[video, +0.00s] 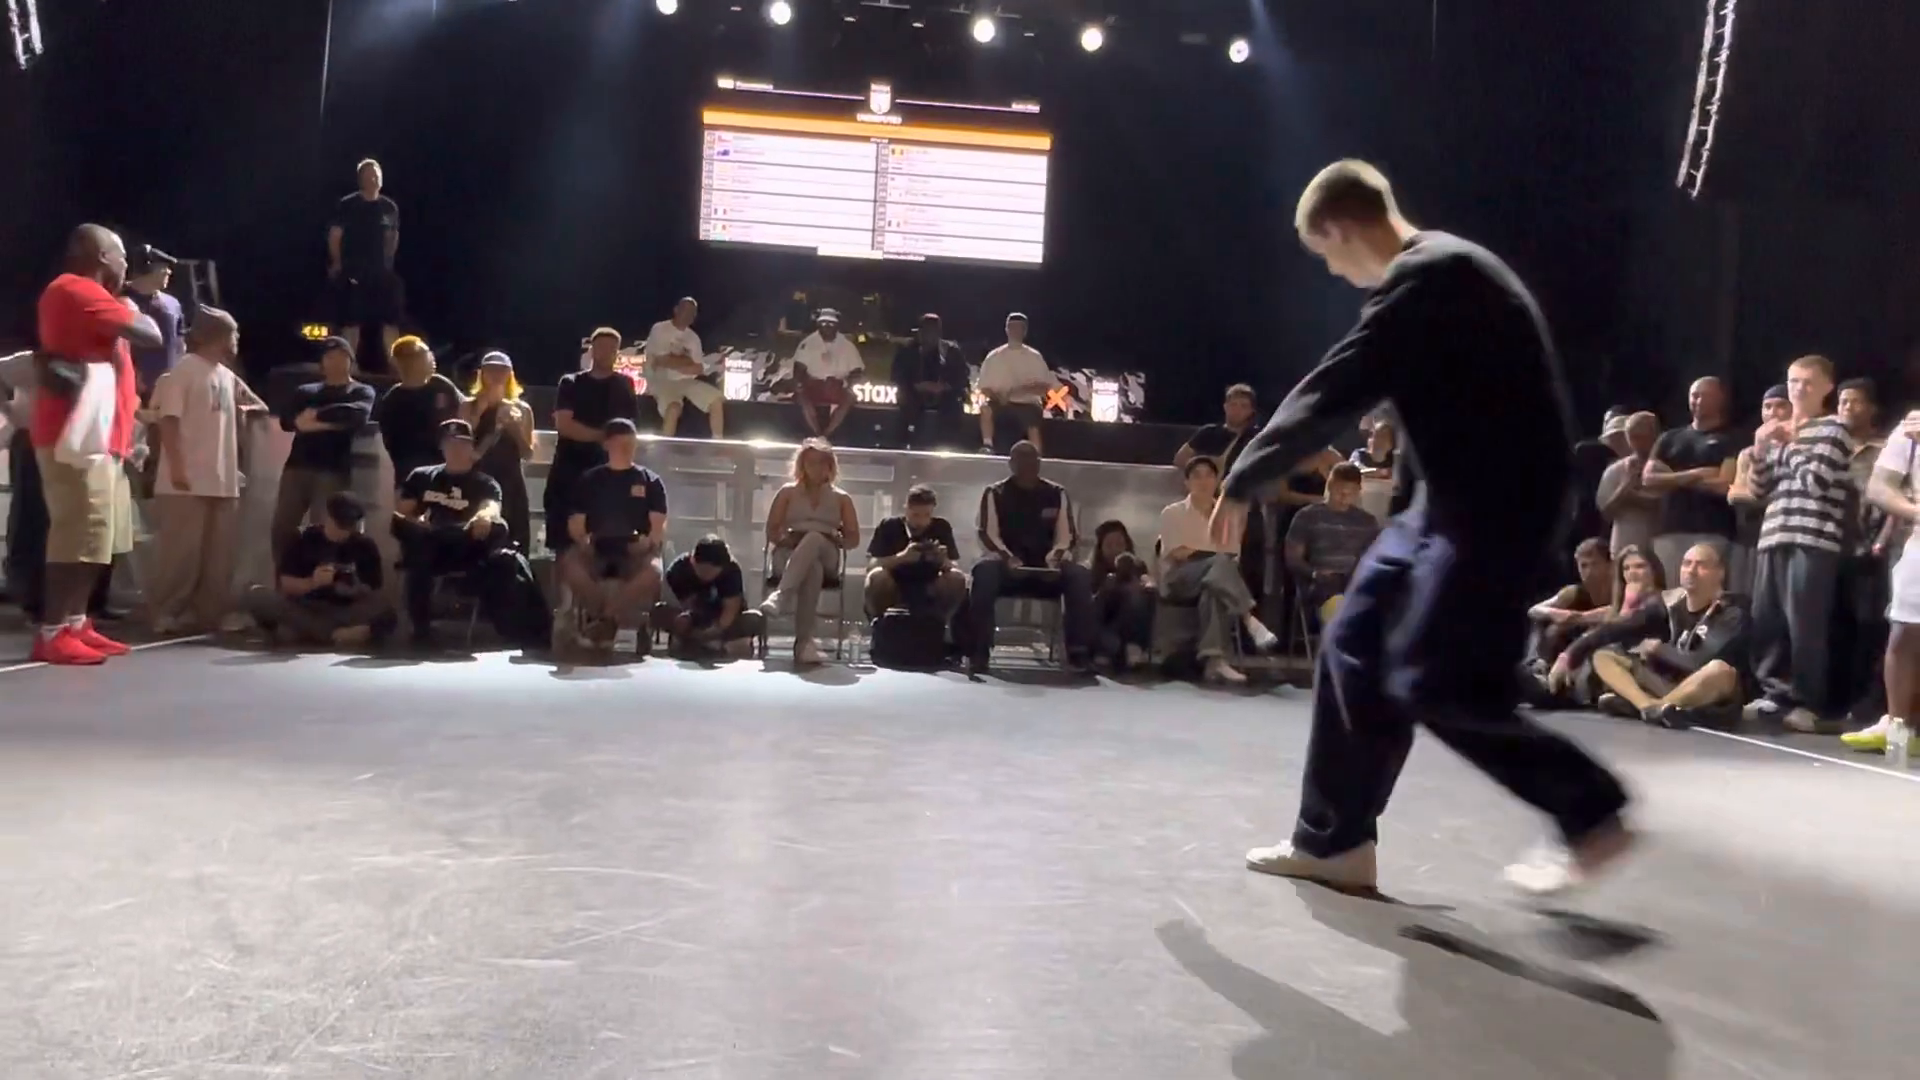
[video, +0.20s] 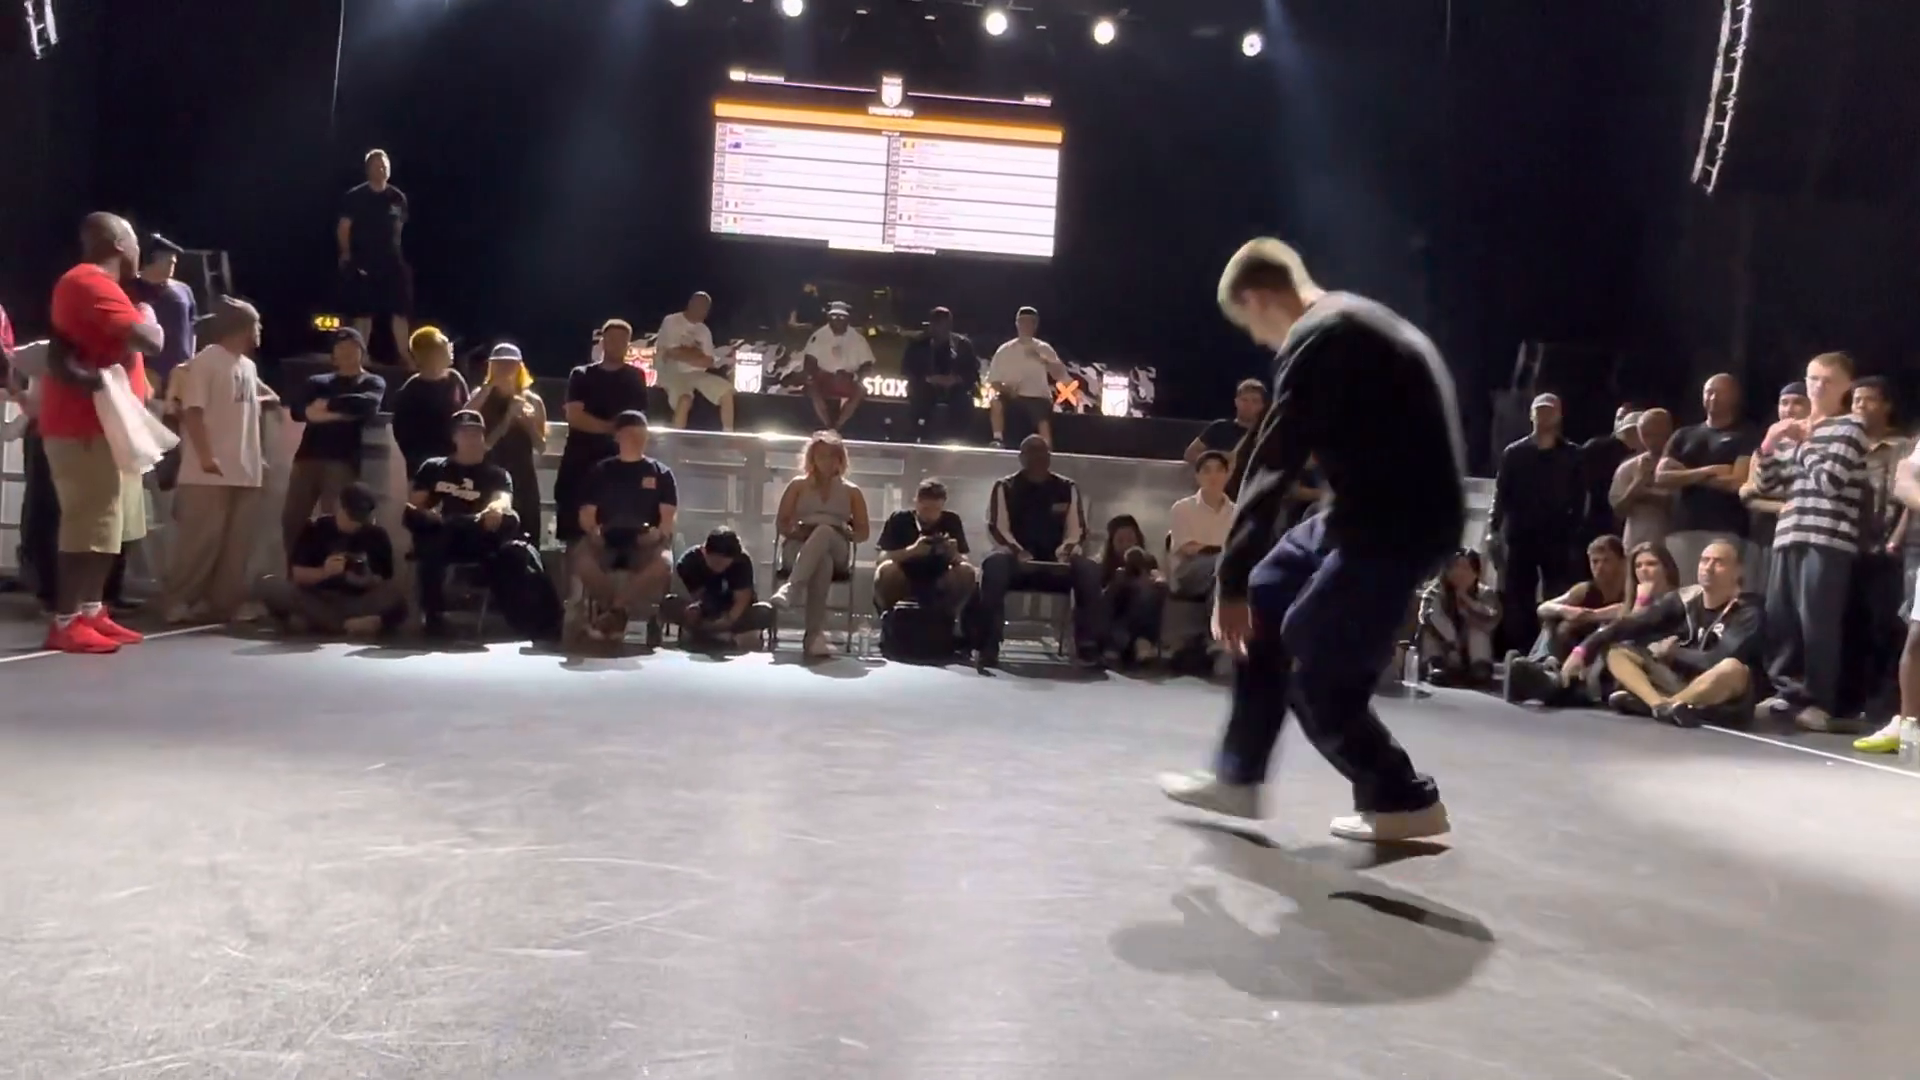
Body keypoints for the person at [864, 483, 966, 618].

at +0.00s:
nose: (921, 521)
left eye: (926, 515)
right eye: (916, 515)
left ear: (932, 512)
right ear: (906, 509)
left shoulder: (941, 527)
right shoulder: (889, 526)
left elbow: (954, 565)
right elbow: (871, 565)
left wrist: (942, 560)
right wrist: (902, 557)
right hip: (895, 588)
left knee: (956, 578)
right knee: (877, 577)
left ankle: (937, 631)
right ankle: (881, 631)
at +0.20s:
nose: (930, 513)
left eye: (935, 508)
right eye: (925, 507)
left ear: (942, 506)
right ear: (916, 502)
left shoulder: (951, 521)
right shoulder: (899, 520)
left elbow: (964, 560)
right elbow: (881, 558)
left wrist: (953, 554)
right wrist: (912, 551)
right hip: (905, 582)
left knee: (966, 572)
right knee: (887, 571)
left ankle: (946, 623)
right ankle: (892, 624)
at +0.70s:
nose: (948, 504)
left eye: (953, 498)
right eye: (943, 498)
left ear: (960, 495)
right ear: (933, 492)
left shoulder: (969, 509)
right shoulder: (916, 508)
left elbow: (980, 549)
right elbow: (899, 546)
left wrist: (971, 542)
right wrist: (930, 539)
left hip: (958, 571)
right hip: (922, 572)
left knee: (984, 561)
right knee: (904, 558)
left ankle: (965, 612)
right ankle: (913, 613)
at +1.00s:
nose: (952, 501)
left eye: (958, 495)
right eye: (947, 495)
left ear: (965, 493)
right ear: (937, 490)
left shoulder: (972, 511)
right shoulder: (921, 505)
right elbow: (903, 543)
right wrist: (933, 537)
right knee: (909, 555)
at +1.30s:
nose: (957, 499)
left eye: (963, 494)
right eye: (952, 493)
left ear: (970, 491)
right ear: (942, 488)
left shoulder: (979, 505)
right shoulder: (926, 504)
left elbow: (990, 544)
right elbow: (909, 541)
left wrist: (980, 539)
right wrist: (940, 534)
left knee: (992, 556)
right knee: (913, 554)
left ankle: (979, 606)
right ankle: (917, 607)